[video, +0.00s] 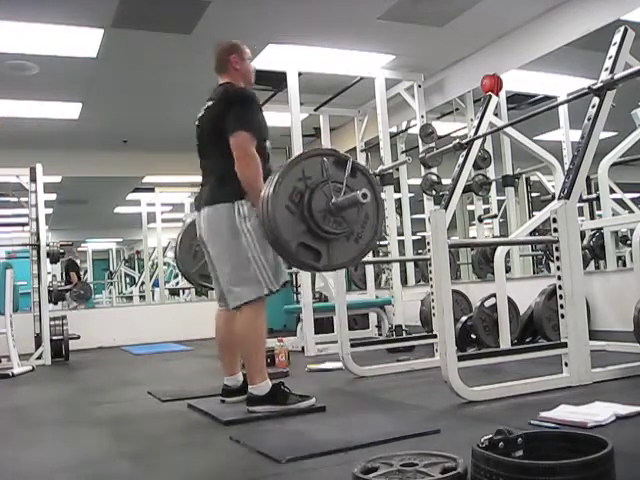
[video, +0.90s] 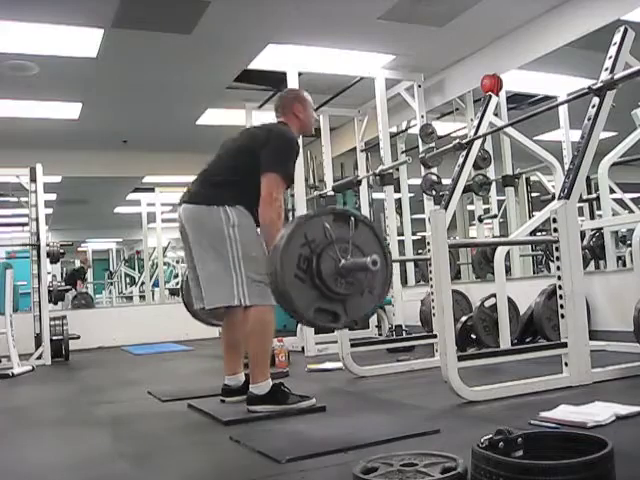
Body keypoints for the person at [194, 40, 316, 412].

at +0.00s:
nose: (253, 67)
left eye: (251, 60)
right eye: (250, 60)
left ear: (223, 67)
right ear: (237, 62)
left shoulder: (212, 104)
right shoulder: (240, 97)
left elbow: (212, 167)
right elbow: (245, 157)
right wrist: (266, 207)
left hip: (211, 210)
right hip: (233, 208)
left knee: (229, 301)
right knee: (252, 298)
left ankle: (233, 381)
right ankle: (261, 388)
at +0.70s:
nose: (289, 83)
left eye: (287, 77)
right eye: (285, 76)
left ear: (259, 80)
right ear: (269, 78)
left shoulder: (241, 111)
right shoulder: (262, 108)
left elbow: (221, 173)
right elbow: (259, 167)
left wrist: (202, 228)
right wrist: (272, 223)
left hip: (210, 206)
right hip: (232, 205)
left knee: (237, 300)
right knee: (262, 297)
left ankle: (234, 382)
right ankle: (262, 389)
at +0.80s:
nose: (304, 99)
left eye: (302, 93)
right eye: (300, 92)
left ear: (272, 96)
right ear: (285, 93)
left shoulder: (251, 121)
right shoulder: (275, 120)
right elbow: (266, 180)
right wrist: (269, 234)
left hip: (204, 206)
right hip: (228, 207)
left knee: (237, 301)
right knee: (261, 298)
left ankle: (234, 382)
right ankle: (262, 388)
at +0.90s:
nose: (315, 116)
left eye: (313, 110)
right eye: (311, 109)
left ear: (286, 113)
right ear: (295, 111)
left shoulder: (259, 134)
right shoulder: (282, 137)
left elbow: (267, 203)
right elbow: (270, 202)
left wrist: (275, 254)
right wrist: (279, 260)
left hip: (196, 208)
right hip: (223, 210)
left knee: (235, 302)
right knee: (259, 299)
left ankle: (234, 382)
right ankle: (262, 388)